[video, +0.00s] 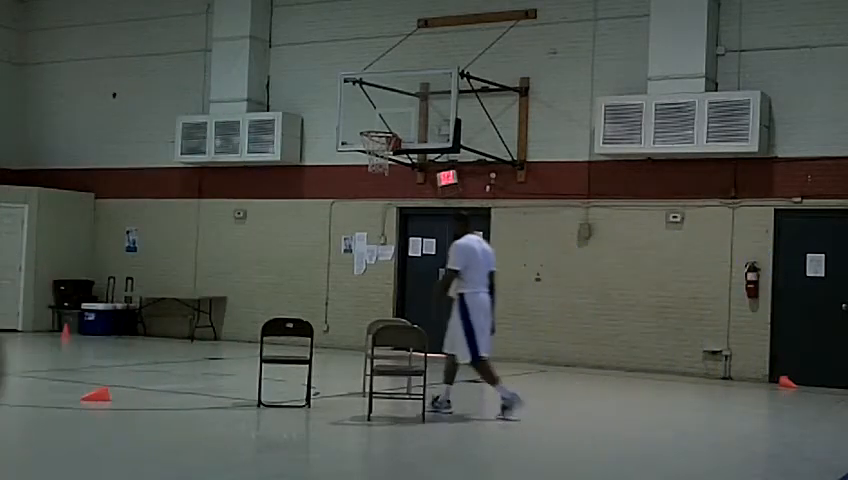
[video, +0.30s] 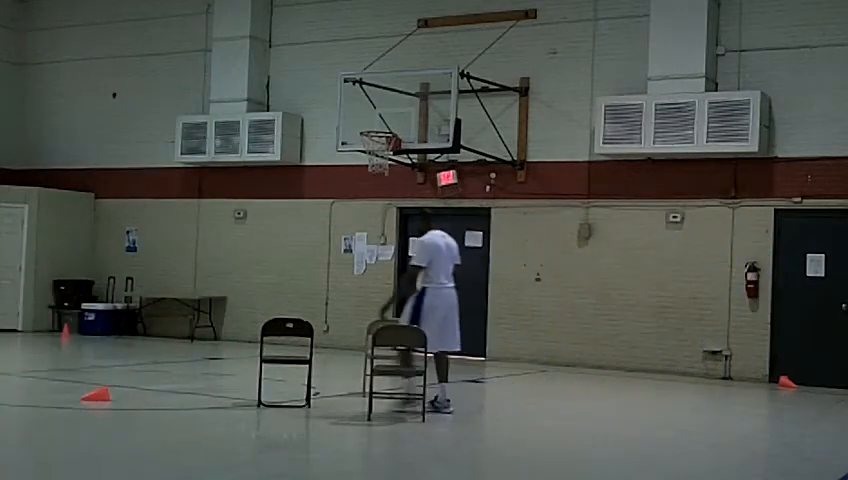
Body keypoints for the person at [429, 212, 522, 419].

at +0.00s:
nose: (453, 229)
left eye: (454, 225)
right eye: (454, 224)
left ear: (460, 225)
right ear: (471, 225)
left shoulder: (459, 245)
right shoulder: (486, 246)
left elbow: (451, 275)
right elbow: (491, 283)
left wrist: (439, 292)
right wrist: (491, 317)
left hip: (466, 298)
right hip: (482, 298)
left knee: (473, 354)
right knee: (452, 350)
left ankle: (506, 395)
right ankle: (444, 398)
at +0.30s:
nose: (414, 230)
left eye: (415, 225)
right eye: (415, 225)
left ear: (421, 224)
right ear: (432, 222)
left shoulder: (425, 241)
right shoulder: (450, 240)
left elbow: (412, 275)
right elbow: (454, 269)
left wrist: (392, 301)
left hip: (429, 293)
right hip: (449, 293)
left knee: (405, 336)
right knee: (440, 347)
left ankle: (410, 389)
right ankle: (443, 397)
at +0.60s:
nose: (364, 238)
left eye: (364, 233)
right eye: (363, 234)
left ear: (369, 232)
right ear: (381, 229)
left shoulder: (378, 249)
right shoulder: (404, 243)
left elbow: (354, 285)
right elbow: (415, 264)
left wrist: (327, 308)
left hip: (391, 298)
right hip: (413, 297)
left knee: (366, 345)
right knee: (413, 346)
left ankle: (358, 393)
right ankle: (436, 388)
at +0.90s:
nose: (329, 241)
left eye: (328, 237)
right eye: (327, 237)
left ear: (331, 233)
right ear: (342, 227)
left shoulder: (344, 246)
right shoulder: (367, 237)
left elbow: (329, 284)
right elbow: (388, 262)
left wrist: (305, 312)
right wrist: (397, 291)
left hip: (366, 291)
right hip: (385, 288)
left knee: (354, 342)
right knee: (376, 338)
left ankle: (356, 393)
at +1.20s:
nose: (312, 239)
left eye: (311, 235)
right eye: (311, 236)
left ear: (315, 233)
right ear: (327, 228)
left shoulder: (325, 247)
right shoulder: (349, 240)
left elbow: (321, 281)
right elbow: (366, 269)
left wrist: (306, 311)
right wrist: (362, 293)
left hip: (343, 291)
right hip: (359, 289)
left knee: (344, 342)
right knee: (343, 342)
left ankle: (355, 390)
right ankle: (326, 385)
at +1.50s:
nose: (310, 227)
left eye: (309, 225)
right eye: (311, 224)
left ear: (310, 224)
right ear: (325, 221)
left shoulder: (314, 240)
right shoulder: (340, 240)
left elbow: (320, 273)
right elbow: (347, 273)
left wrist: (323, 305)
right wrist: (337, 288)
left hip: (321, 288)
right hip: (339, 287)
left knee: (304, 333)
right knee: (328, 338)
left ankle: (314, 371)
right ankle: (322, 385)